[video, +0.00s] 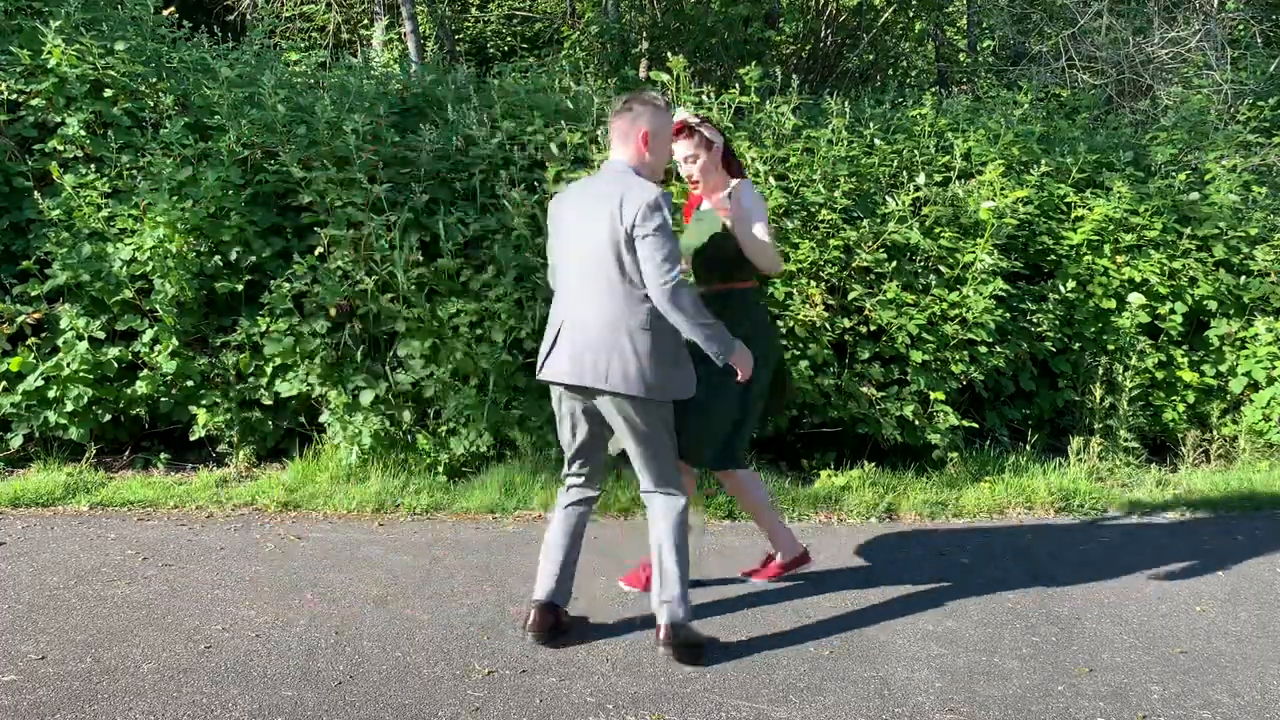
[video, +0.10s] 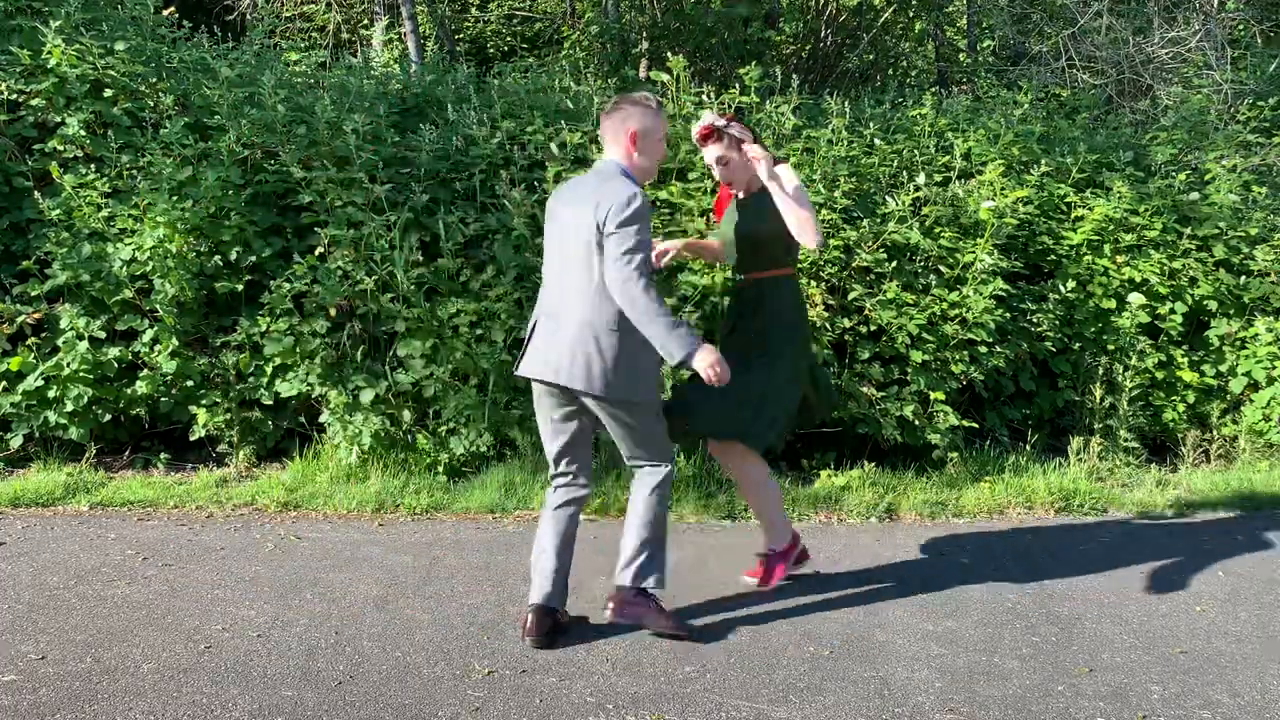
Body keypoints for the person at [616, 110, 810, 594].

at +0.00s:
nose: (687, 168)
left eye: (694, 157)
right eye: (681, 160)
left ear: (717, 151)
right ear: (676, 161)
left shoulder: (743, 193)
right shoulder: (692, 202)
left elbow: (772, 264)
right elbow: (684, 265)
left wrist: (736, 227)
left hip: (739, 318)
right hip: (702, 316)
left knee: (685, 441)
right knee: (720, 447)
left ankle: (661, 560)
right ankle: (787, 546)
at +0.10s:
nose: (719, 174)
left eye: (724, 162)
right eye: (712, 167)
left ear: (747, 150)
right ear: (712, 163)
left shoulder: (781, 182)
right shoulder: (736, 198)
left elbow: (810, 237)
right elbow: (729, 251)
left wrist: (771, 177)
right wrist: (684, 246)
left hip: (777, 324)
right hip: (746, 322)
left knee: (730, 437)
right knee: (723, 437)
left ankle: (783, 542)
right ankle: (781, 541)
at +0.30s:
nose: (772, 182)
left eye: (775, 169)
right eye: (765, 174)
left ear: (798, 153)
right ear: (766, 170)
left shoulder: (842, 188)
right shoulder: (779, 209)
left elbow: (881, 256)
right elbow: (774, 272)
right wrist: (733, 255)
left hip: (853, 343)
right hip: (803, 344)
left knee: (857, 451)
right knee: (749, 425)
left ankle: (890, 561)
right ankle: (760, 546)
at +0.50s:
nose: (800, 190)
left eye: (804, 178)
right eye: (794, 182)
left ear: (831, 163)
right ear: (794, 180)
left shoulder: (884, 202)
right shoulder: (807, 222)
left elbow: (940, 261)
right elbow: (797, 298)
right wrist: (760, 290)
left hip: (894, 334)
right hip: (849, 342)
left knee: (882, 451)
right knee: (819, 448)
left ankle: (897, 567)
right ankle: (768, 567)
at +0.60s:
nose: (816, 191)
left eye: (820, 179)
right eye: (809, 184)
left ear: (846, 165)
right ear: (807, 184)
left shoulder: (899, 204)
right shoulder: (818, 230)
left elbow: (957, 237)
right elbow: (807, 306)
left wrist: (1012, 257)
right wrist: (764, 295)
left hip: (910, 337)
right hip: (863, 347)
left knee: (893, 448)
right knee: (828, 452)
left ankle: (896, 565)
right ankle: (775, 564)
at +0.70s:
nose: (828, 193)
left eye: (833, 179)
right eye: (821, 186)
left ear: (859, 167)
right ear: (818, 186)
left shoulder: (910, 204)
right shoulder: (831, 233)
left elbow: (974, 226)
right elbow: (818, 308)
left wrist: (1029, 230)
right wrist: (775, 303)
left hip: (920, 337)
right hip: (872, 346)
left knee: (892, 451)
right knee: (835, 454)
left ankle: (896, 565)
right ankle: (779, 566)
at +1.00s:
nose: (857, 176)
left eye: (863, 164)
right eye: (851, 169)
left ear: (891, 156)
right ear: (851, 173)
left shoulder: (941, 195)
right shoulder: (860, 220)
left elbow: (1019, 213)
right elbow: (835, 295)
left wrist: (1089, 198)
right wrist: (793, 277)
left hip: (940, 327)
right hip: (890, 333)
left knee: (906, 444)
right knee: (836, 441)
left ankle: (896, 561)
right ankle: (856, 542)